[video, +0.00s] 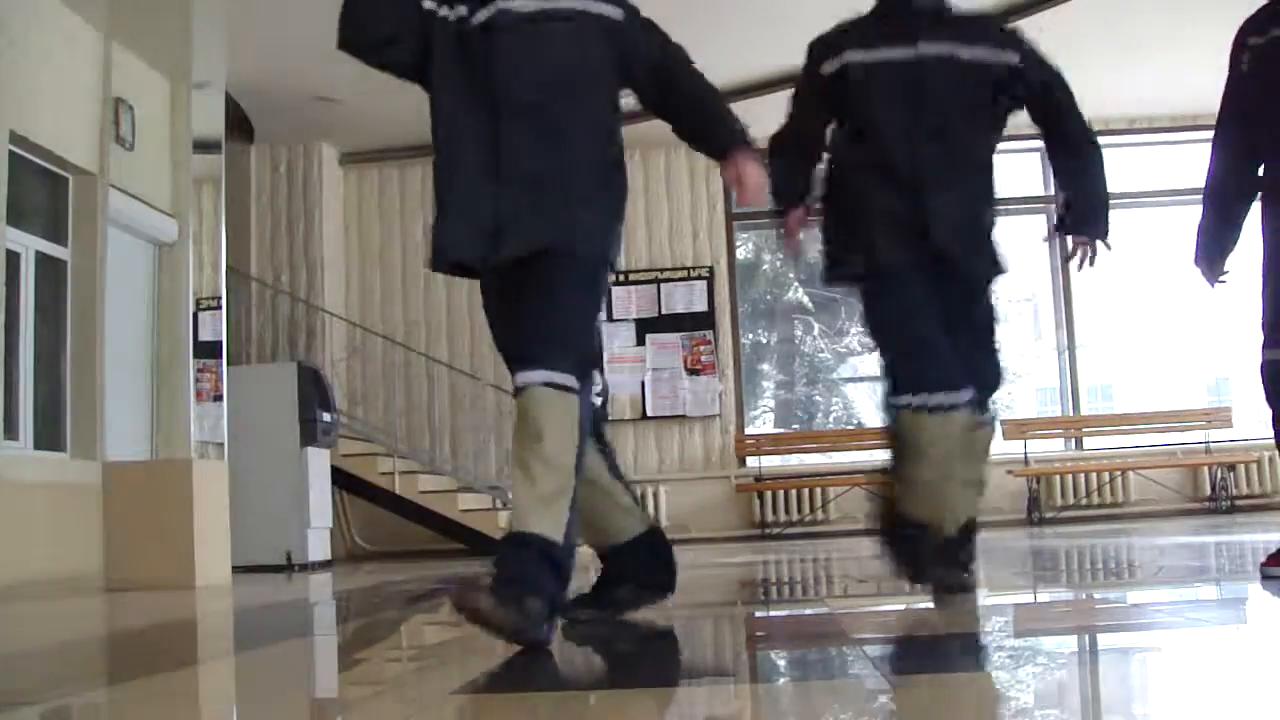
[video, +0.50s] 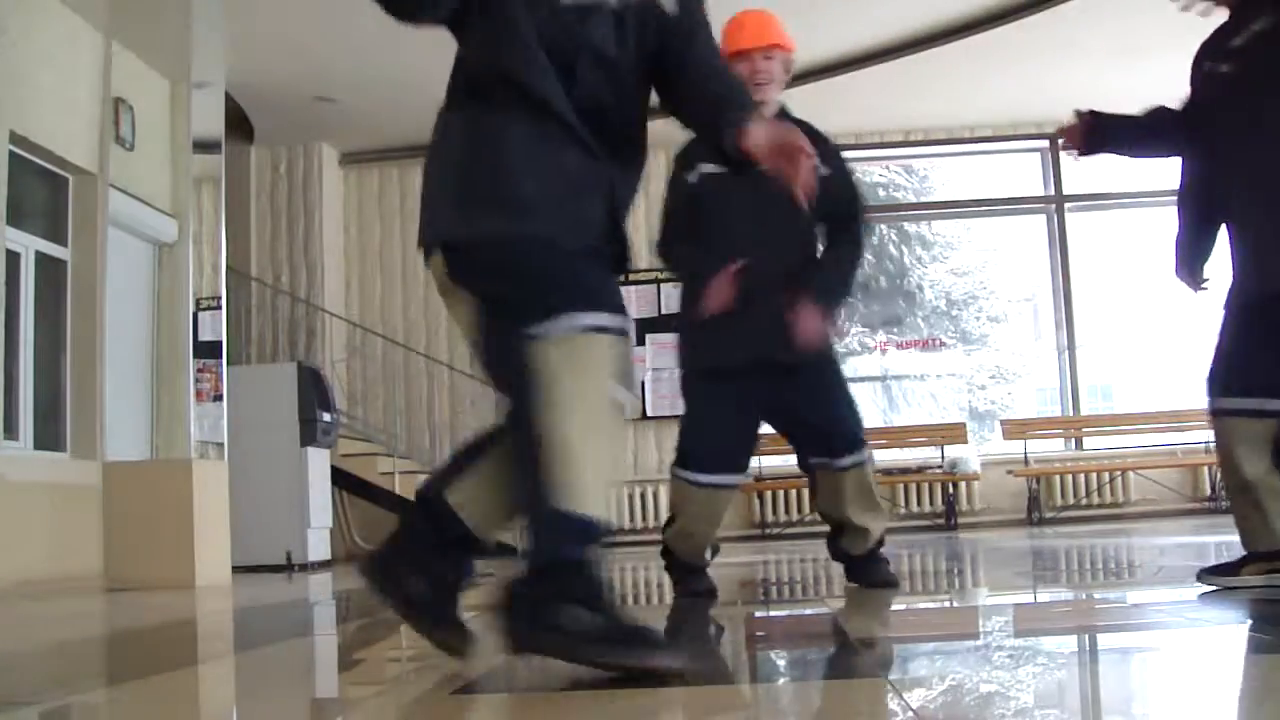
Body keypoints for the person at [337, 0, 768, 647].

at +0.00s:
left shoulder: (597, 14)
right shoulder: (449, 24)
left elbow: (668, 75)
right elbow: (363, 28)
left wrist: (731, 143)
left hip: (575, 212)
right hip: (489, 221)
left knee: (546, 379)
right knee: (548, 395)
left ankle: (529, 585)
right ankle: (638, 560)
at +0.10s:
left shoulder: (619, 8)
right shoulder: (458, 8)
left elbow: (665, 79)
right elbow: (398, 6)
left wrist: (716, 188)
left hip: (566, 180)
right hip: (475, 183)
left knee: (520, 367)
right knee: (482, 393)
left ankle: (511, 593)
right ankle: (581, 521)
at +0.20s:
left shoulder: (623, 13)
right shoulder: (471, 8)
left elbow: (654, 118)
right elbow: (400, 1)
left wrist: (693, 229)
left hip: (561, 213)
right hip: (464, 206)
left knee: (503, 390)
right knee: (411, 384)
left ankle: (507, 594)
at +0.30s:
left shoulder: (638, 17)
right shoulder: (481, 9)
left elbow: (665, 127)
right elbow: (421, 8)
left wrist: (712, 246)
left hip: (568, 226)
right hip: (461, 209)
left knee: (522, 411)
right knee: (398, 389)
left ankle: (503, 597)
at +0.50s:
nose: (760, 64)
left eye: (774, 56)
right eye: (756, 55)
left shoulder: (660, 10)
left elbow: (689, 62)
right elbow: (411, 1)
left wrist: (746, 123)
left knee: (560, 410)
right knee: (583, 371)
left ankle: (424, 553)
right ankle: (562, 590)